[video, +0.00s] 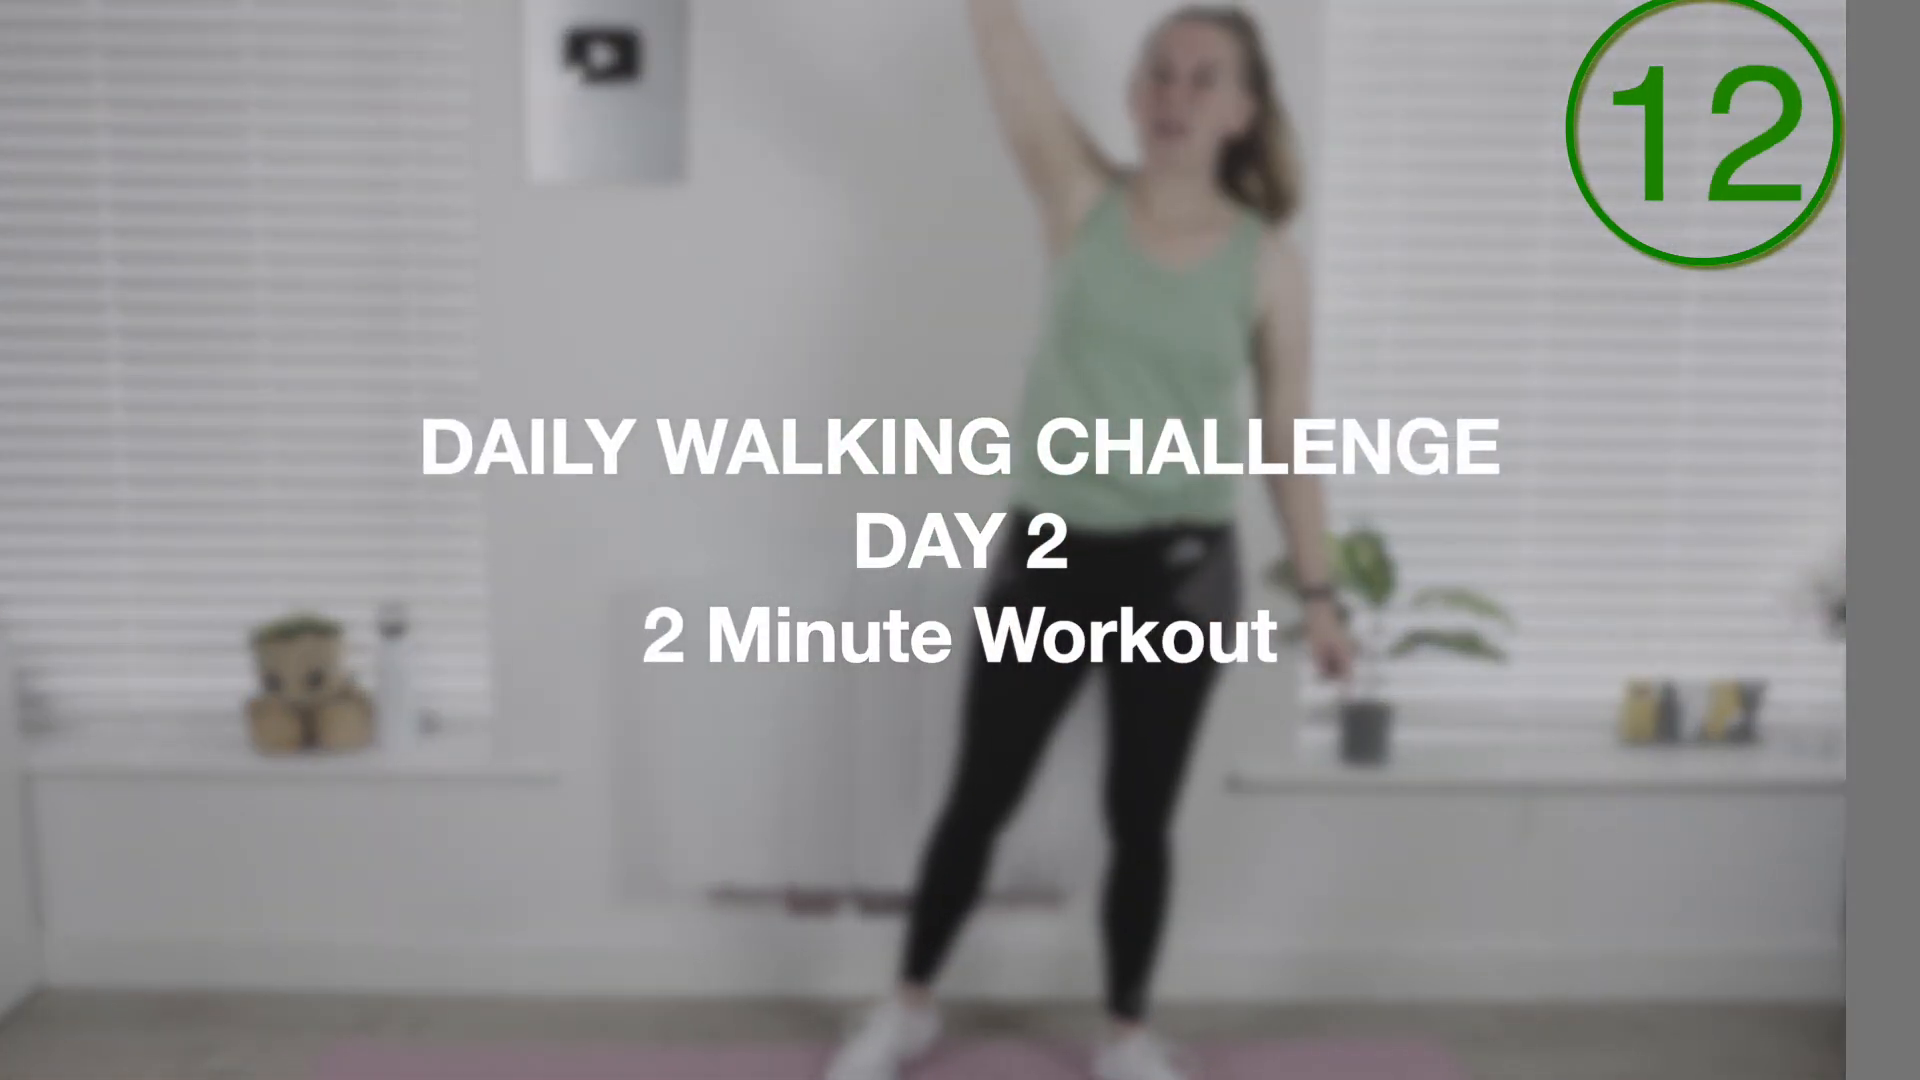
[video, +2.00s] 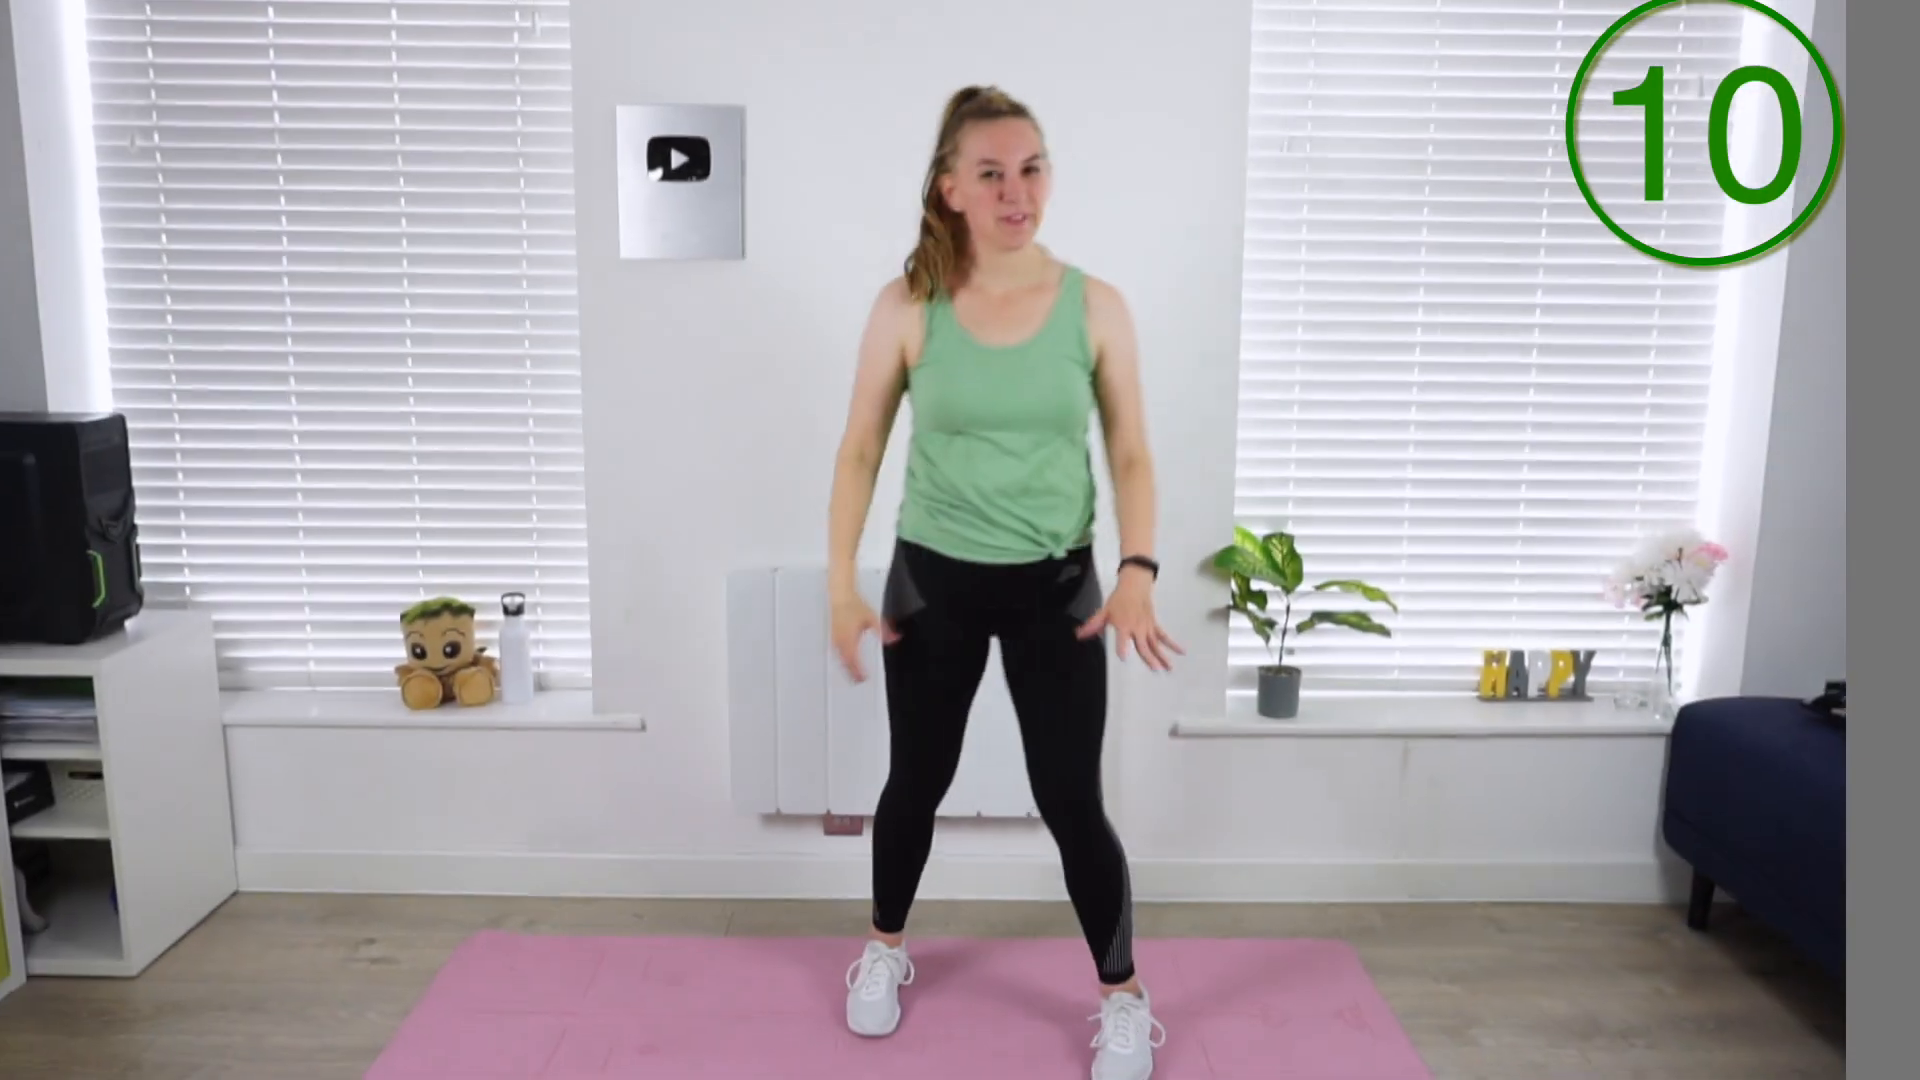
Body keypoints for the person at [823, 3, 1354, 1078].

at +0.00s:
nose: (1175, 95)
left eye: (1205, 79)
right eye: (1160, 74)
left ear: (1247, 108)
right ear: (1135, 91)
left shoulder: (1262, 258)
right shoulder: (1081, 194)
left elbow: (1287, 441)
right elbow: (998, 31)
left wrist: (1319, 592)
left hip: (1181, 553)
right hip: (1050, 540)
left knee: (1141, 811)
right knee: (982, 789)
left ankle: (1127, 1030)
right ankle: (909, 1005)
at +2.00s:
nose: (1016, 191)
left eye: (1030, 170)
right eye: (991, 173)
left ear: (1048, 177)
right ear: (948, 188)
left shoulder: (1094, 307)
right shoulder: (907, 308)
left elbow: (1131, 455)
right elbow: (859, 454)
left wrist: (1136, 569)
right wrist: (844, 586)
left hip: (1057, 582)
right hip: (935, 578)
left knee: (1071, 802)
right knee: (915, 780)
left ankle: (1122, 998)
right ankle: (883, 947)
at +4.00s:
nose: (1001, 215)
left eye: (1023, 195)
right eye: (984, 193)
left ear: (1062, 201)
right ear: (965, 196)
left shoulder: (1098, 293)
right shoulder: (940, 276)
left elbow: (1079, 328)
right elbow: (831, 328)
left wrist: (959, 307)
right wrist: (932, 345)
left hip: (1078, 577)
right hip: (969, 575)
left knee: (1087, 783)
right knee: (999, 783)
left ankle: (1116, 969)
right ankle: (1007, 972)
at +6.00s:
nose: (1037, 260)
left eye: (1040, 243)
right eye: (1032, 244)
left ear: (1089, 231)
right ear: (1102, 223)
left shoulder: (1141, 334)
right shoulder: (1155, 299)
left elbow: (1120, 500)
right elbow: (1141, 473)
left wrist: (1068, 626)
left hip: (1138, 575)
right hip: (1122, 560)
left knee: (1129, 768)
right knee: (1031, 727)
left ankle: (1144, 963)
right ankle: (974, 893)